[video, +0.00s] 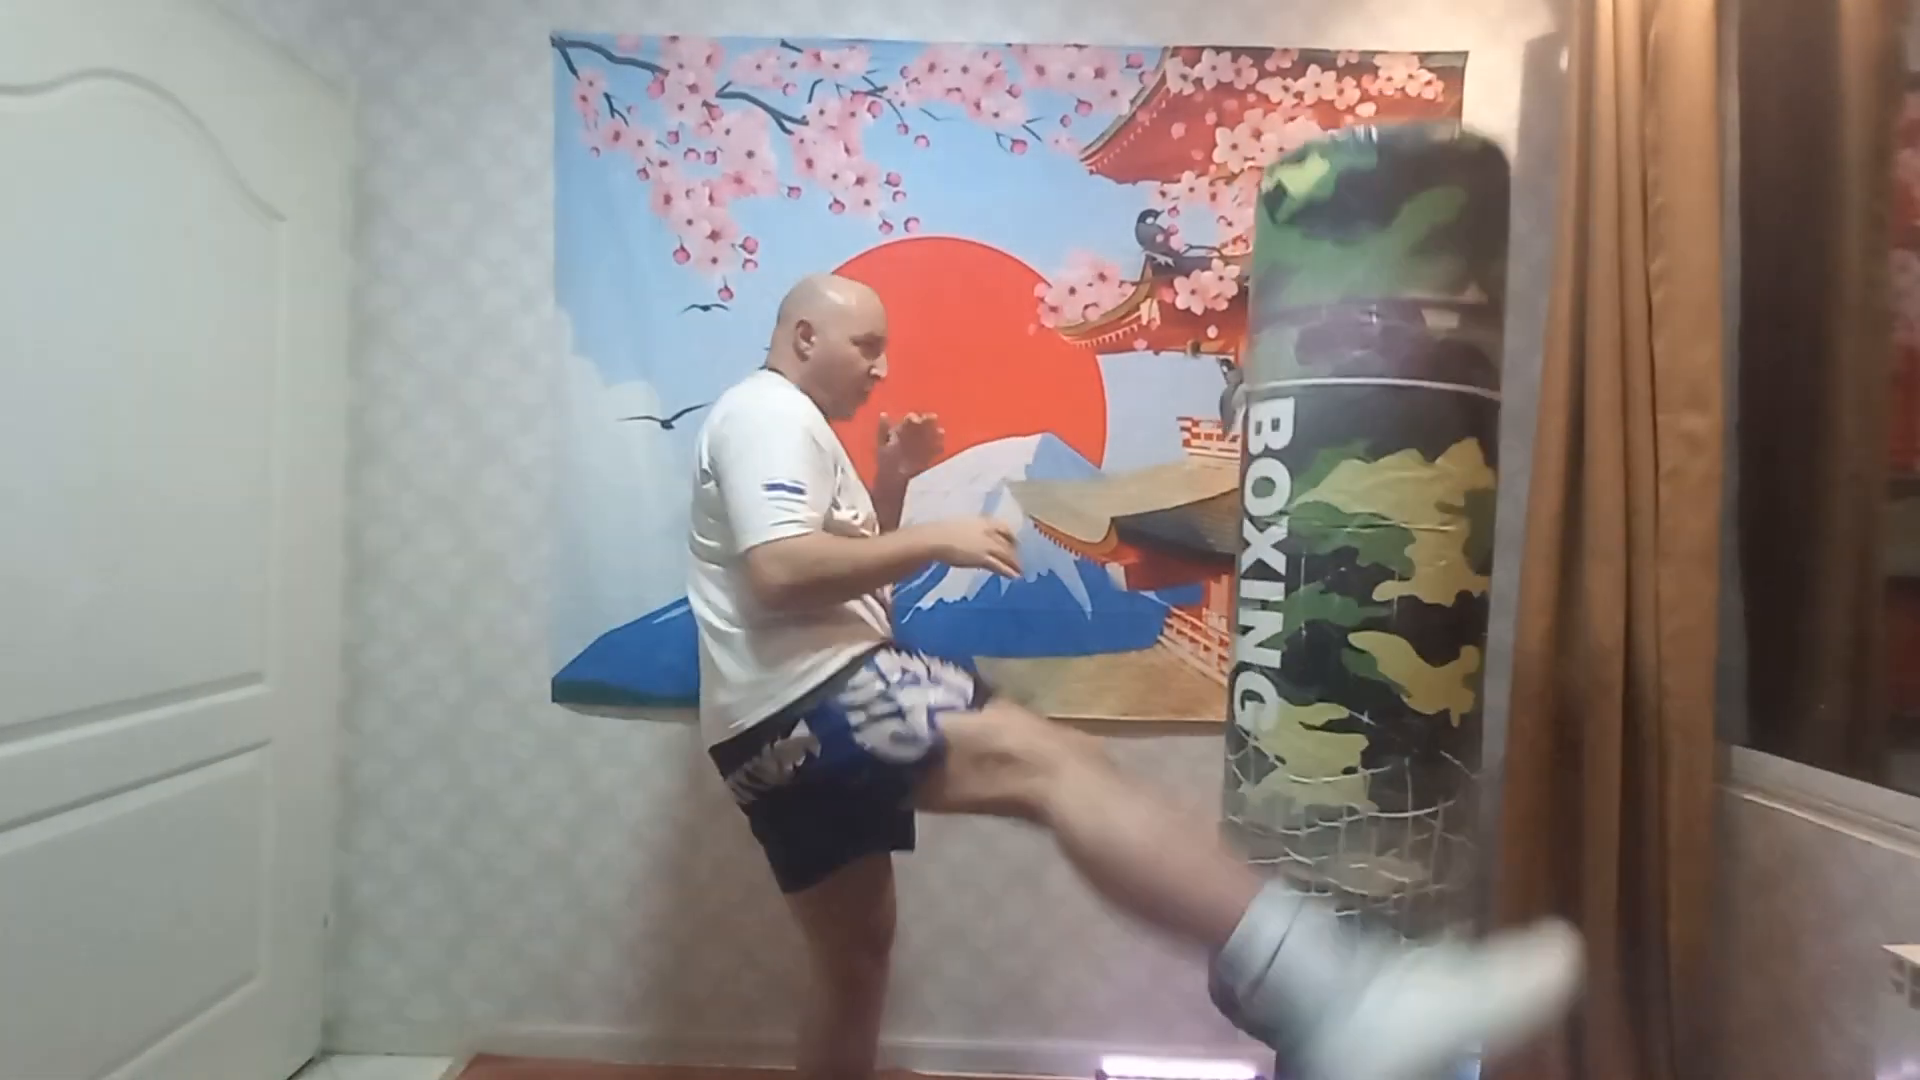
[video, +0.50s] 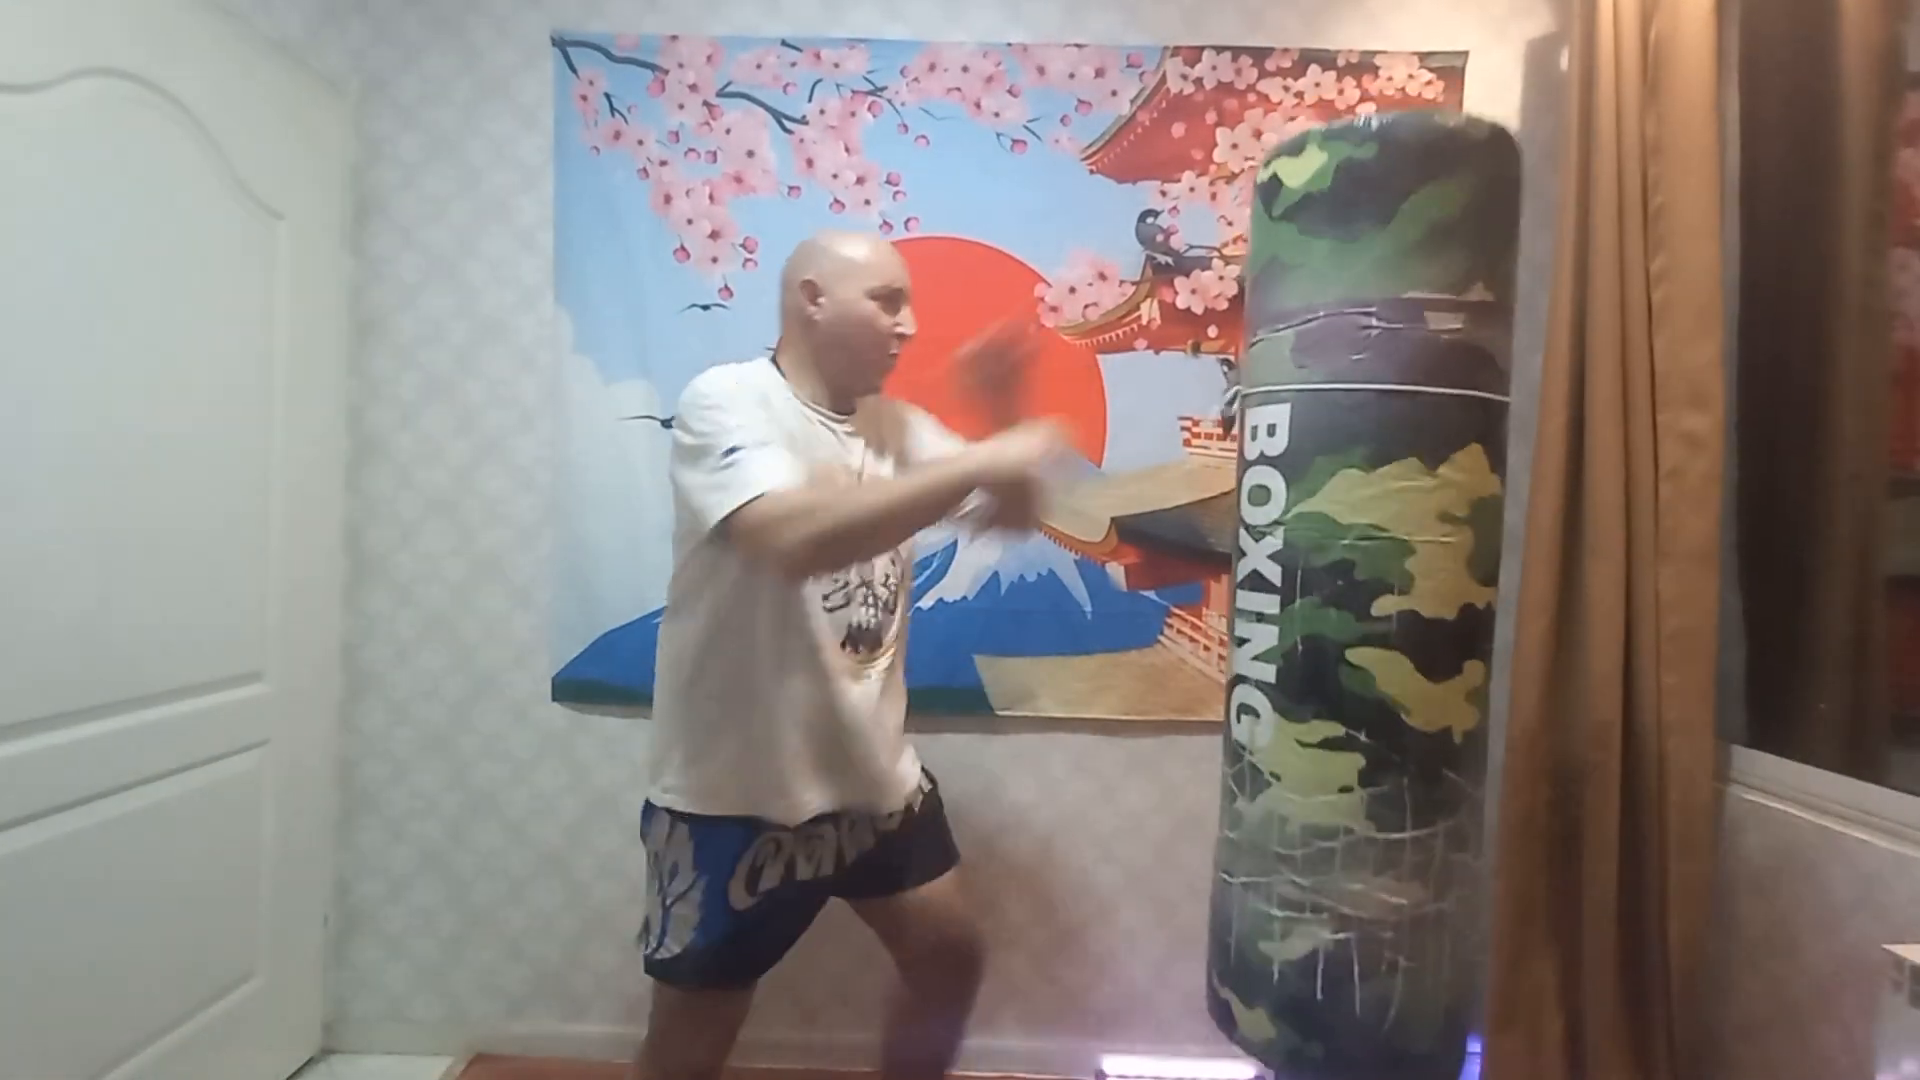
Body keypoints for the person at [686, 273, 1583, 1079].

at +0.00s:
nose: (877, 370)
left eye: (879, 354)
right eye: (863, 348)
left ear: (809, 343)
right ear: (798, 336)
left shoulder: (787, 429)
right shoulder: (768, 411)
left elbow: (816, 576)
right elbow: (777, 569)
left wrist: (887, 505)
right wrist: (933, 541)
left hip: (780, 719)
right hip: (811, 695)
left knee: (850, 971)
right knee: (1057, 763)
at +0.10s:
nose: (885, 358)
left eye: (887, 341)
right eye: (871, 337)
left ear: (808, 337)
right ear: (807, 332)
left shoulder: (799, 421)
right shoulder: (772, 405)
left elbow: (837, 567)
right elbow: (777, 560)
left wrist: (895, 486)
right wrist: (910, 500)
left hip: (769, 729)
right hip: (820, 701)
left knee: (846, 961)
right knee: (1032, 832)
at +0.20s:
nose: (886, 350)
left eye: (888, 332)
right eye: (870, 329)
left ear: (802, 331)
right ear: (805, 325)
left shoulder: (777, 403)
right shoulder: (782, 398)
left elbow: (854, 553)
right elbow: (846, 529)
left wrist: (902, 461)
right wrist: (951, 427)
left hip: (782, 737)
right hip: (812, 733)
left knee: (848, 989)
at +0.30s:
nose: (883, 342)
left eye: (885, 325)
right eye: (868, 320)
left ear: (806, 321)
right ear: (801, 316)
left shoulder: (822, 416)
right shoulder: (762, 395)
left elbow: (885, 561)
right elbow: (947, 448)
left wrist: (901, 471)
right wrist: (1097, 369)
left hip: (849, 751)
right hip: (778, 759)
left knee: (841, 1031)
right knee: (817, 1036)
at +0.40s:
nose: (888, 333)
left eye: (889, 315)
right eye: (868, 310)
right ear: (797, 311)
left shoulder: (859, 431)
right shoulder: (744, 391)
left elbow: (923, 569)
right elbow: (918, 449)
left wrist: (914, 473)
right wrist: (1102, 380)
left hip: (867, 769)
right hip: (747, 781)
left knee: (907, 965)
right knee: (705, 1039)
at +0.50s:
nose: (906, 323)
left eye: (907, 304)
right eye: (886, 301)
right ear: (810, 301)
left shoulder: (899, 426)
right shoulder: (724, 403)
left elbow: (1006, 504)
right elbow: (789, 539)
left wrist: (1002, 407)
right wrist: (980, 463)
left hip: (872, 772)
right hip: (738, 784)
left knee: (948, 955)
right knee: (688, 1050)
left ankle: (912, 1078)